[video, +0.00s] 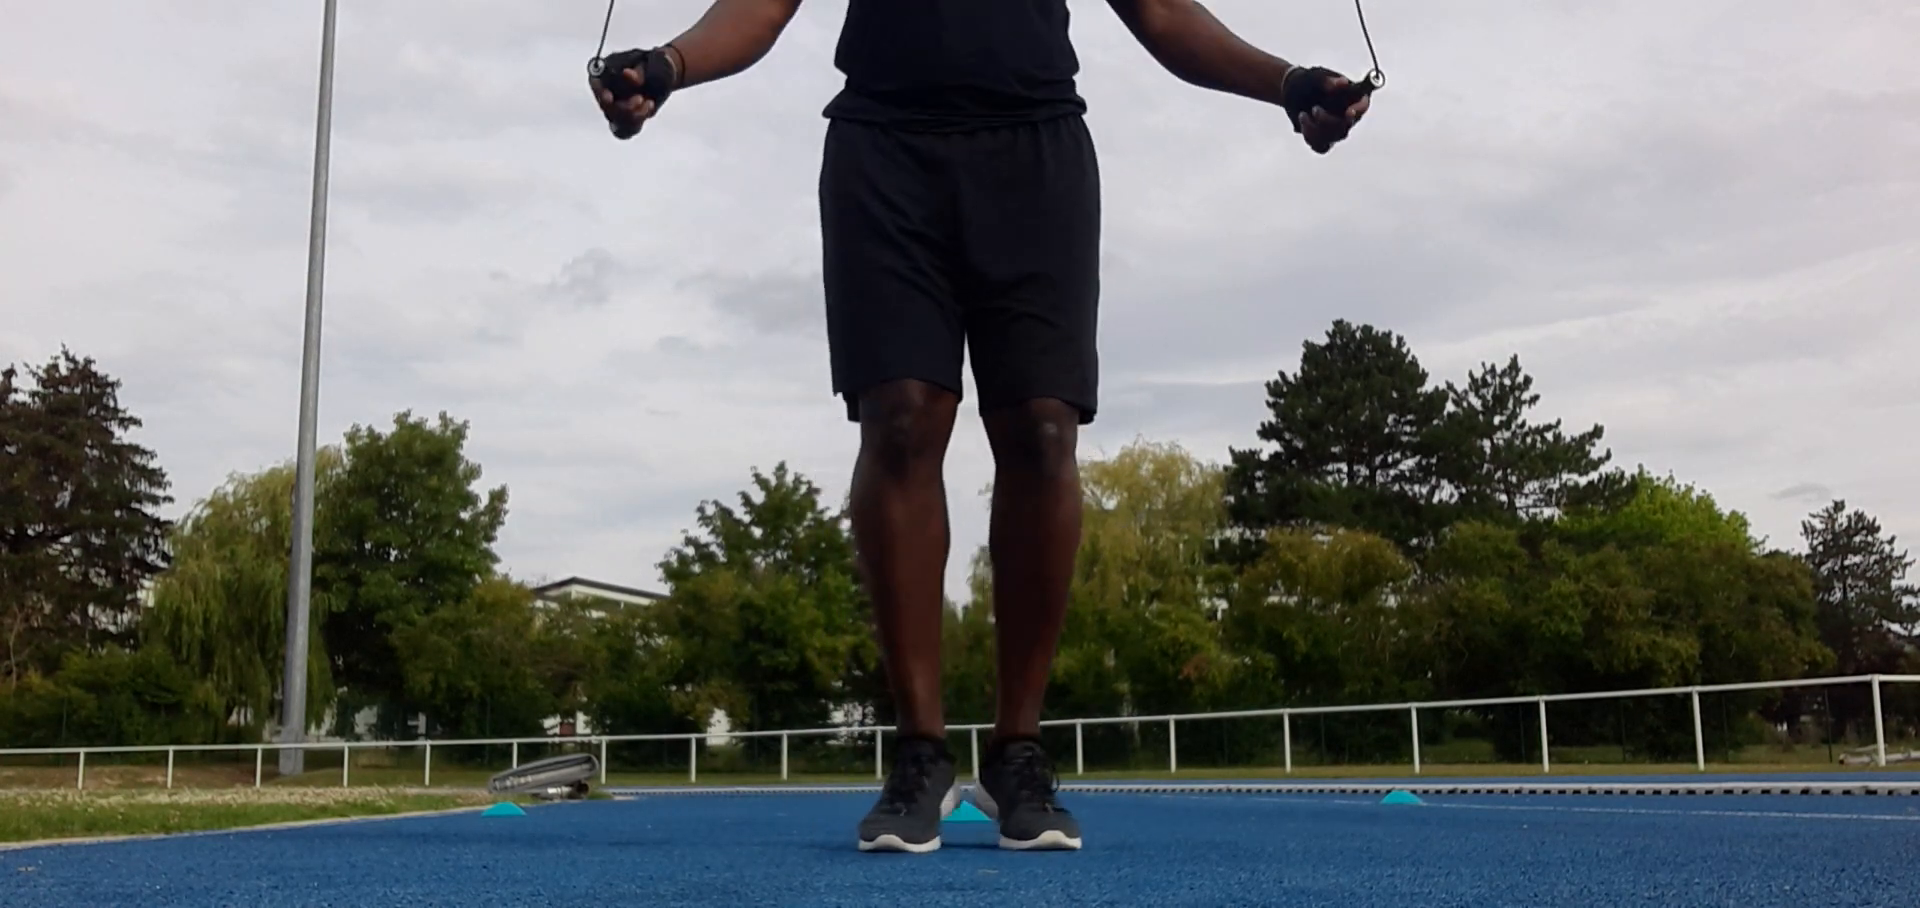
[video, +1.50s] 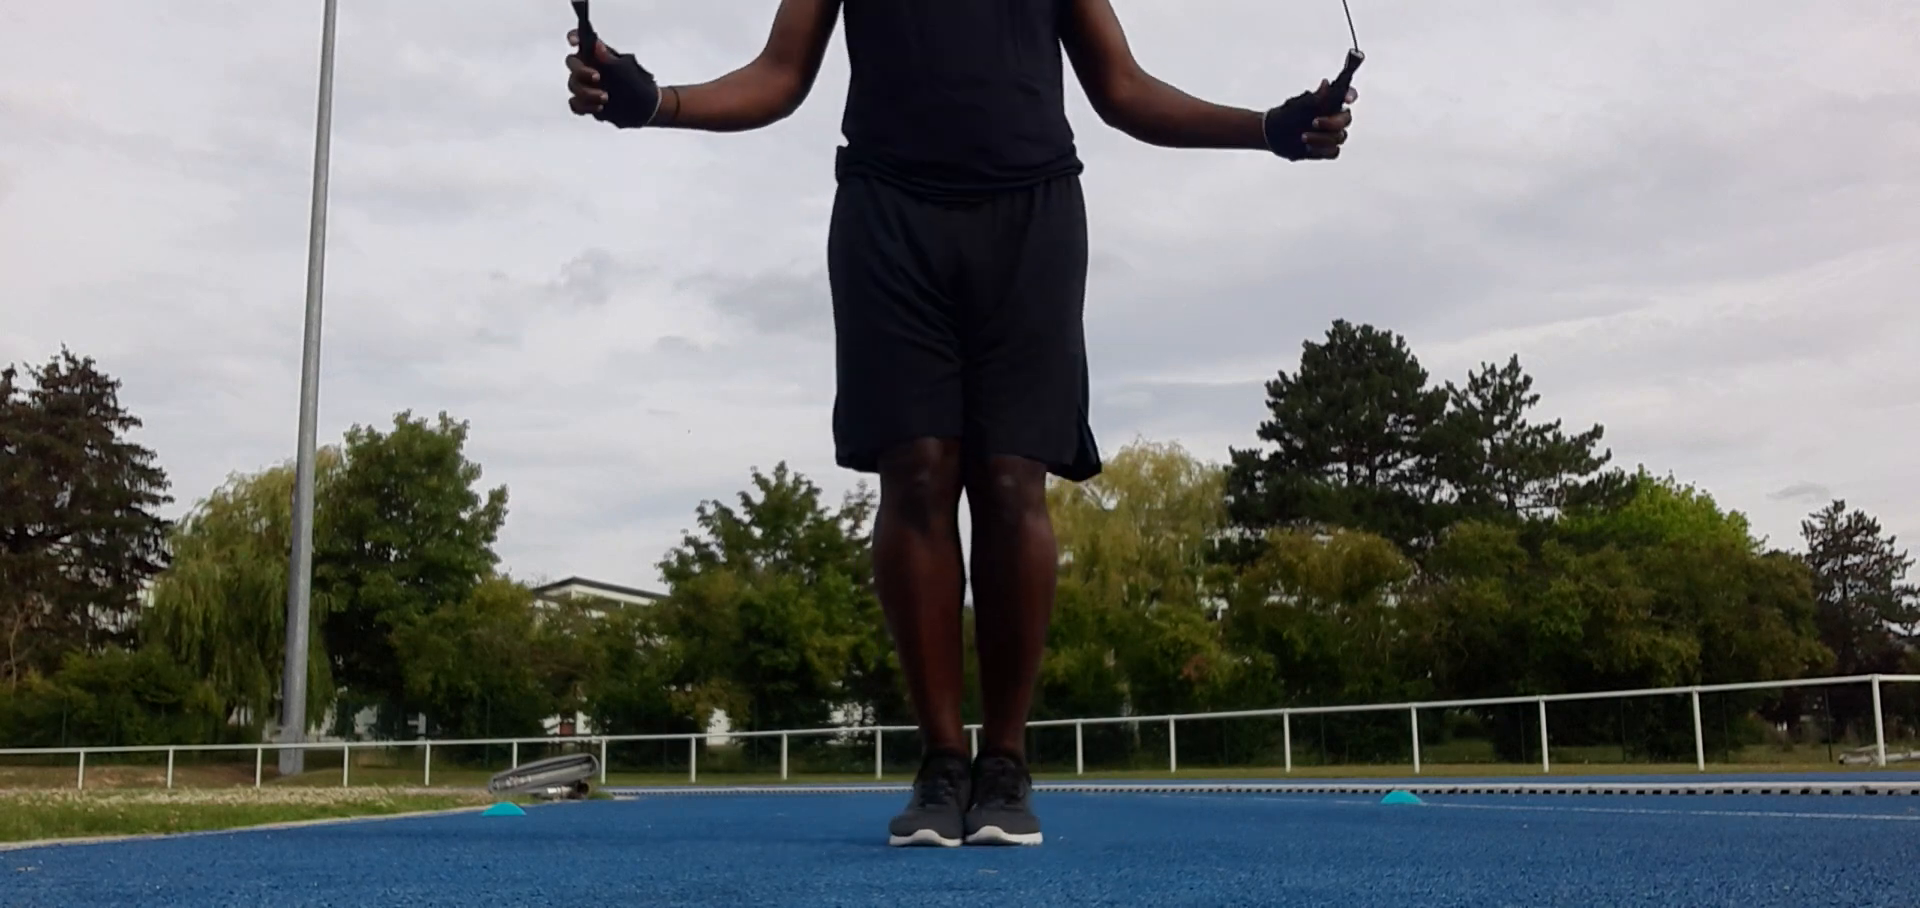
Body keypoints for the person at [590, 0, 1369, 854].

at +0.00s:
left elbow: (1166, 15)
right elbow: (762, 7)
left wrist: (1288, 81)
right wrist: (668, 62)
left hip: (1038, 135)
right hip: (885, 137)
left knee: (1040, 427)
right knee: (904, 417)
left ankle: (1021, 755)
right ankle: (920, 753)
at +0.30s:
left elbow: (1119, 52)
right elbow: (779, 37)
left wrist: (1305, 45)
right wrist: (604, 26)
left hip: (1041, 157)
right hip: (884, 155)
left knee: (1023, 458)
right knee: (911, 454)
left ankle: (1006, 776)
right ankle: (919, 780)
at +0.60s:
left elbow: (1103, 35)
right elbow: (792, 16)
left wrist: (1260, 114)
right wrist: (649, 84)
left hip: (1030, 120)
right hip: (877, 118)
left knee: (1008, 417)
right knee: (907, 416)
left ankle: (1000, 748)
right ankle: (915, 747)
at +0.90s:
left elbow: (1119, 26)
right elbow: (783, 12)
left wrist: (1241, 145)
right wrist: (664, 128)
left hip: (1029, 117)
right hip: (883, 118)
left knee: (1008, 414)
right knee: (909, 407)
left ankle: (1003, 729)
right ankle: (919, 729)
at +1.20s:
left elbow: (1119, 44)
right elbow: (785, 29)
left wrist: (1250, 134)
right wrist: (667, 116)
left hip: (1032, 153)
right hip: (887, 154)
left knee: (1019, 445)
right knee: (912, 438)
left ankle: (1008, 757)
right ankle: (934, 760)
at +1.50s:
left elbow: (1122, 87)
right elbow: (779, 73)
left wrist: (1266, 126)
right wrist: (658, 99)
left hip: (1029, 204)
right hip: (887, 204)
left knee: (1011, 477)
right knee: (917, 472)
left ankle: (1004, 767)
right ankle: (942, 768)